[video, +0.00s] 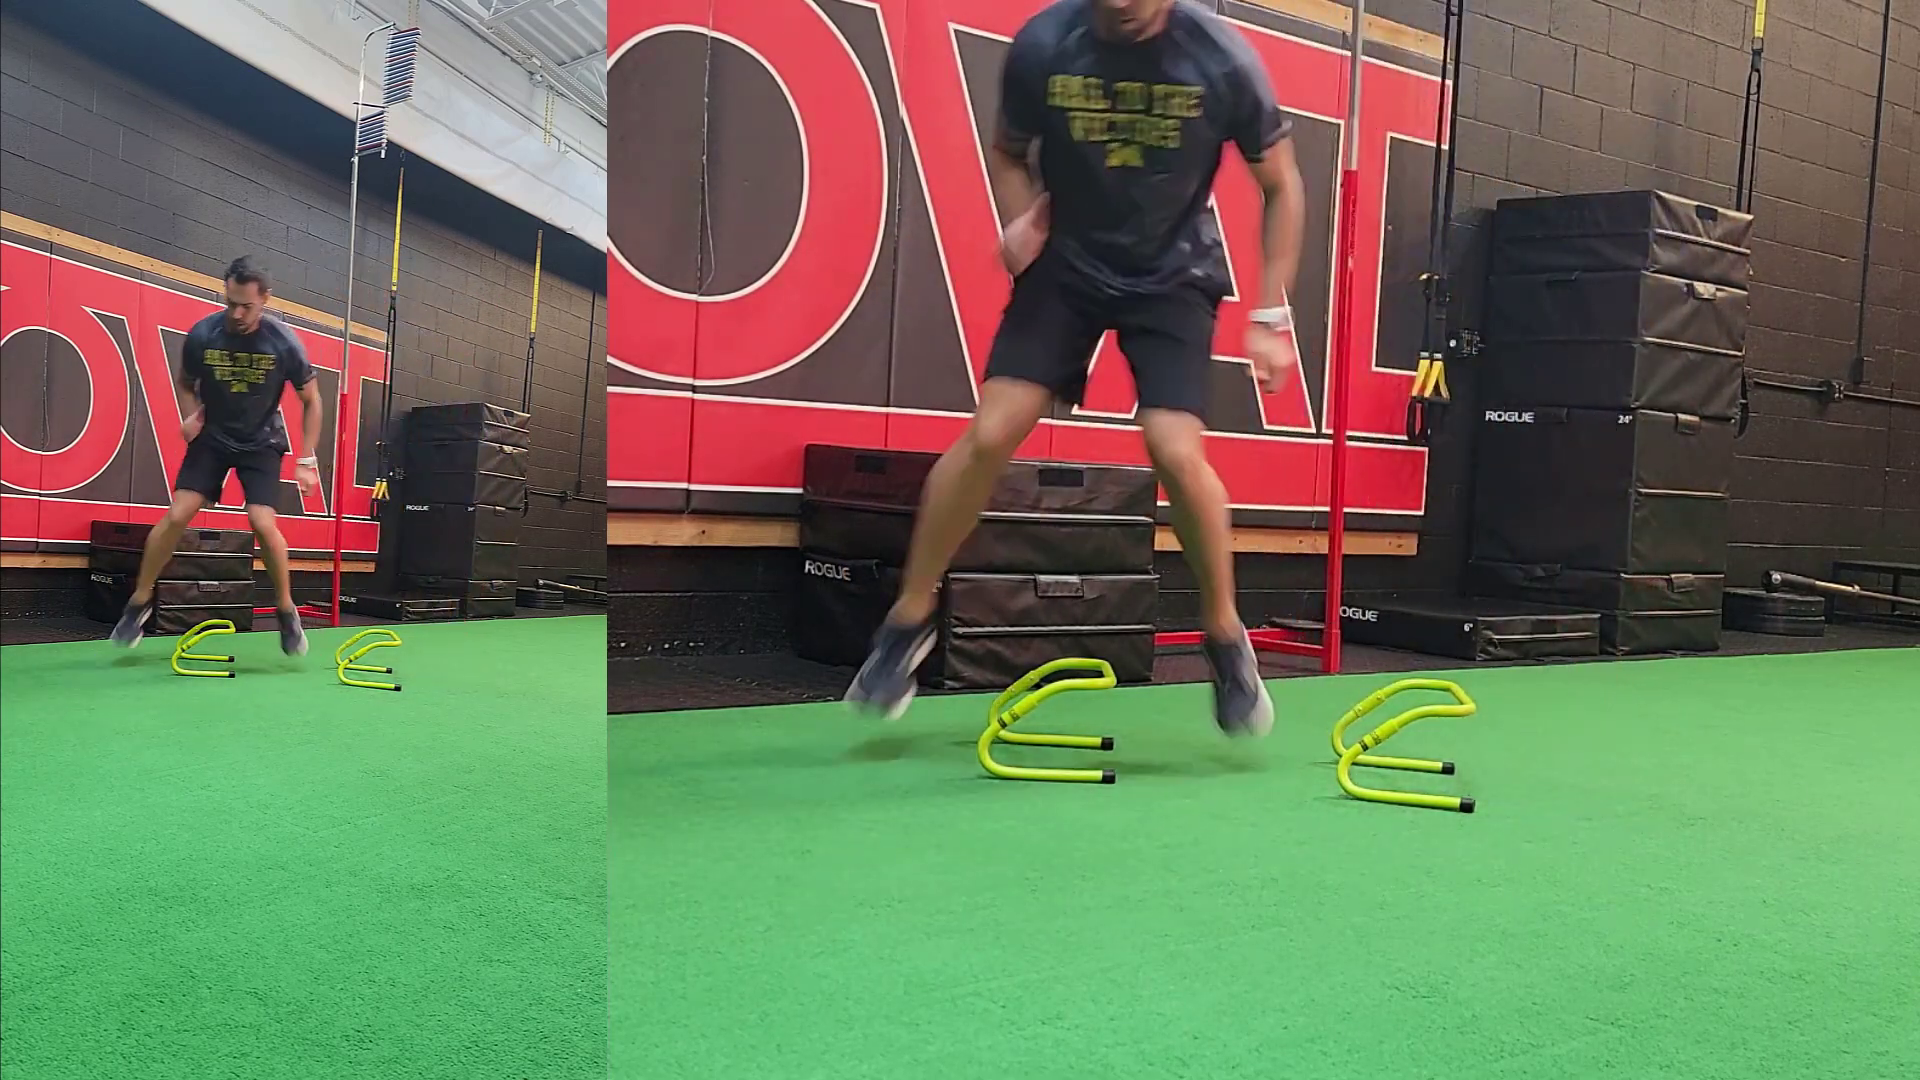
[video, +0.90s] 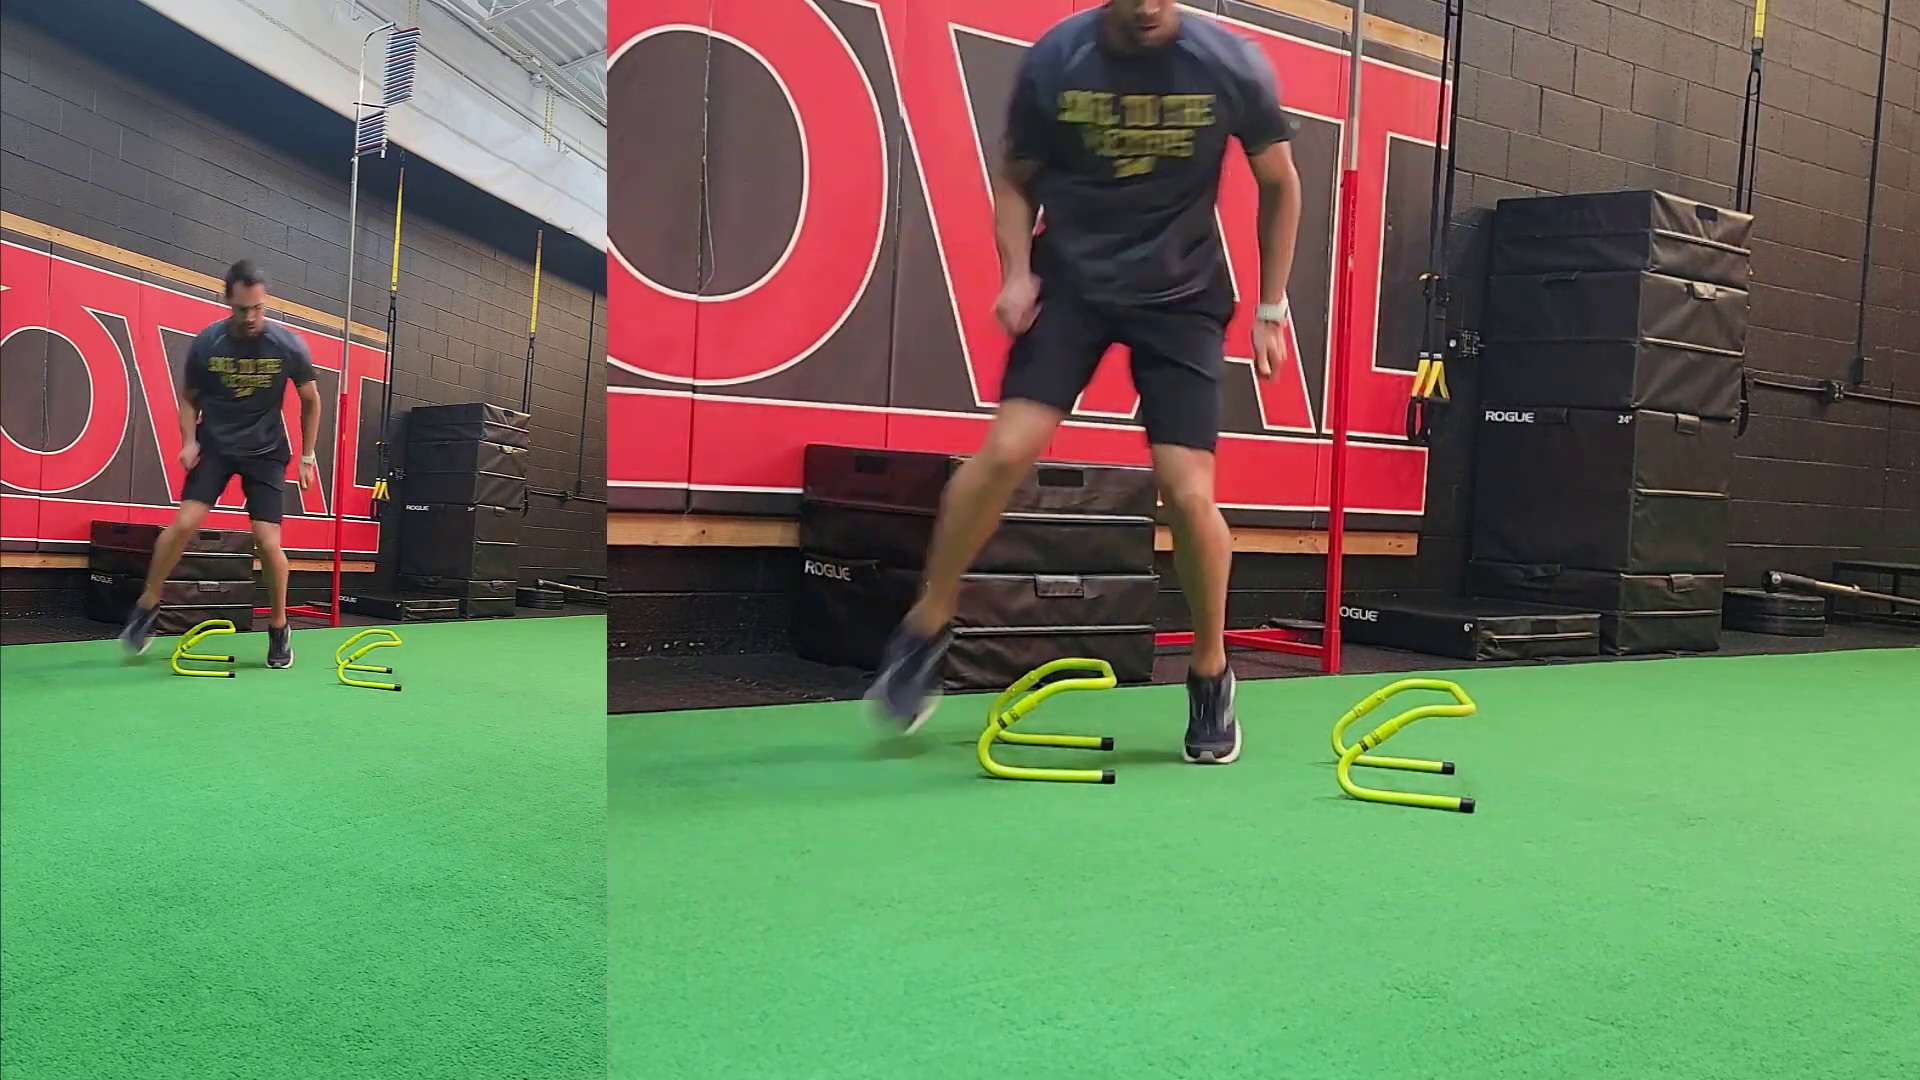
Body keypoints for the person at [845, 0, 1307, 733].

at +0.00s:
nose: (1127, 11)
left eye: (1143, 3)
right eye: (1114, 2)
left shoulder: (1224, 62)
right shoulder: (1043, 46)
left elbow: (1283, 185)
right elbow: (1008, 150)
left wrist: (1273, 314)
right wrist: (1020, 216)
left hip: (1172, 281)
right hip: (1066, 270)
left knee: (1175, 450)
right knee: (988, 437)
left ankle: (1225, 632)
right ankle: (911, 614)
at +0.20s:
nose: (985, 101)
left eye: (1005, 83)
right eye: (972, 79)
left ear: (1047, 67)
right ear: (958, 57)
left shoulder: (1099, 166)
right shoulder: (919, 131)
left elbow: (1085, 324)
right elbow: (902, 203)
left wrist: (983, 237)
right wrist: (893, 255)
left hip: (1053, 348)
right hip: (950, 337)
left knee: (1024, 456)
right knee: (897, 500)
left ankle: (980, 516)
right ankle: (850, 693)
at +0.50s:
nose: (925, 130)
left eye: (944, 111)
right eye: (910, 109)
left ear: (983, 84)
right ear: (890, 86)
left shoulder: (1044, 177)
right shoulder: (871, 153)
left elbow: (1050, 337)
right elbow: (859, 244)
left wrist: (937, 296)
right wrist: (850, 331)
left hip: (1016, 364)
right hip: (914, 345)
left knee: (959, 494)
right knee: (869, 495)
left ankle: (911, 561)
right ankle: (844, 695)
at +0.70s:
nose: (988, 99)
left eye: (1004, 77)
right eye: (969, 80)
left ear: (1030, 60)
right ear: (944, 69)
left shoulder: (1085, 152)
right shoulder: (908, 162)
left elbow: (1183, 253)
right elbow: (883, 293)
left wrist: (1225, 353)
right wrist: (890, 373)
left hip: (1059, 350)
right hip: (952, 357)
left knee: (1031, 474)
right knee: (898, 509)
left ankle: (1103, 539)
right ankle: (852, 695)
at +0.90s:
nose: (1153, 9)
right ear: (1109, 0)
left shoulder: (1232, 65)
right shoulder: (1053, 61)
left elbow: (1279, 184)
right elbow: (1014, 179)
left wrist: (1272, 303)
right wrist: (1016, 271)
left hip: (1181, 293)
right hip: (1072, 287)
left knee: (1186, 493)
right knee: (1006, 451)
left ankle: (1210, 674)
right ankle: (927, 624)